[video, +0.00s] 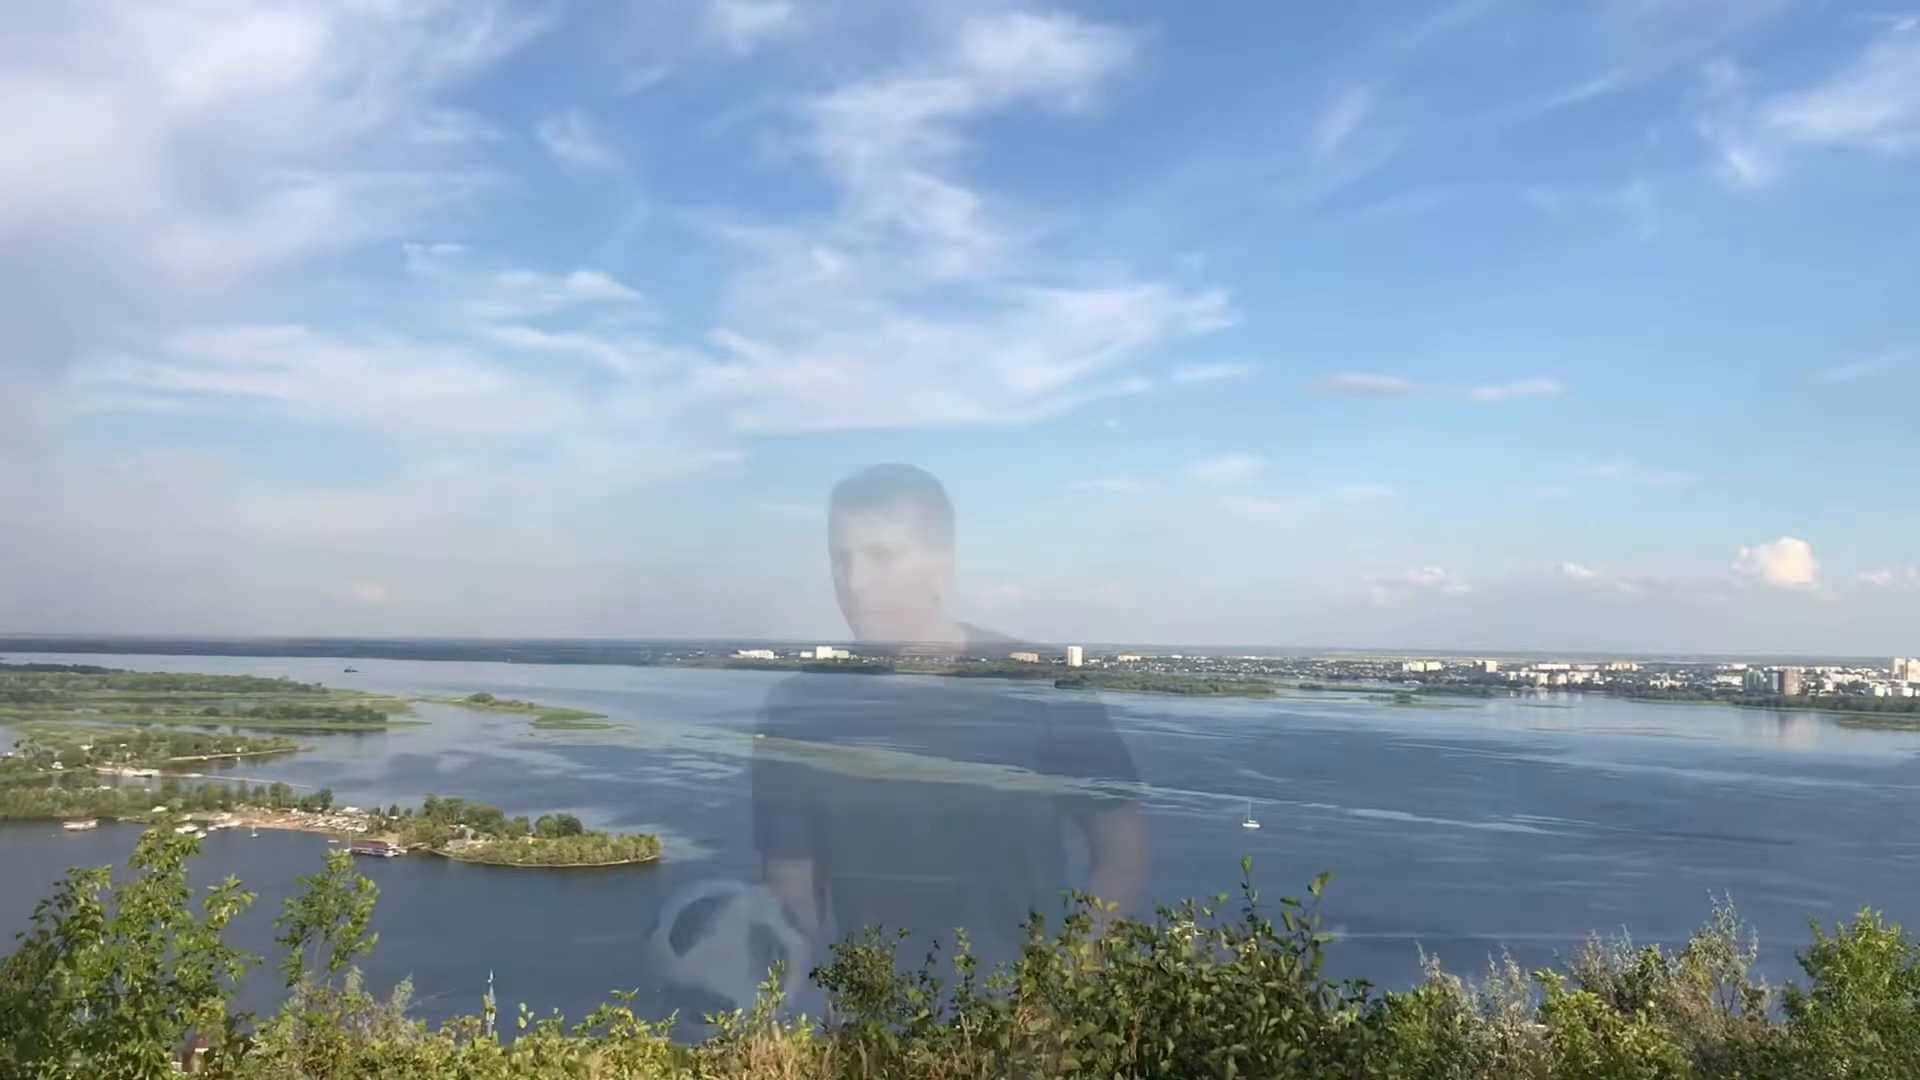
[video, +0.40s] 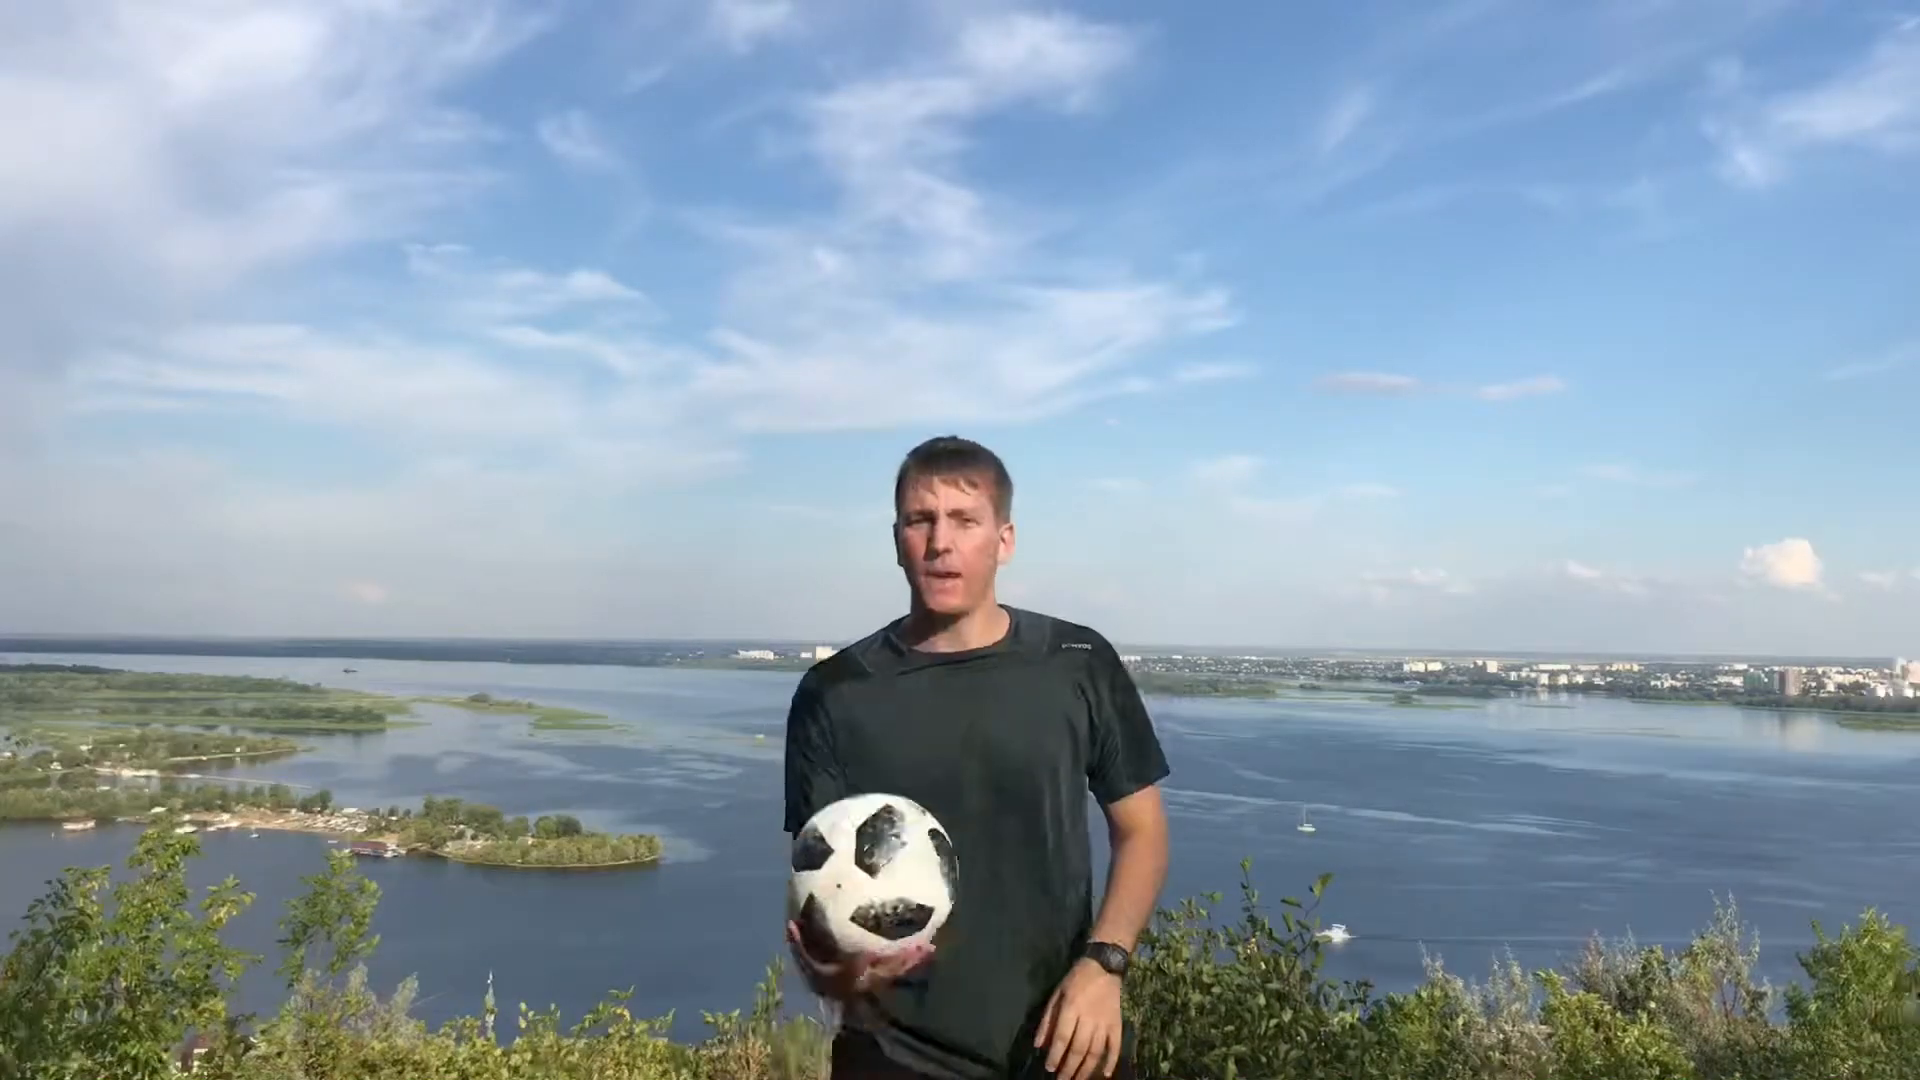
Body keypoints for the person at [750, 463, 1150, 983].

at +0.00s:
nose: (854, 582)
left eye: (881, 555)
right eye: (842, 557)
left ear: (942, 562)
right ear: (830, 566)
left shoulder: (1040, 684)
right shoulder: (801, 704)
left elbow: (1125, 852)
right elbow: (791, 890)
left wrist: (1059, 989)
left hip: (1019, 1021)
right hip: (867, 1029)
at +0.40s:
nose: (938, 542)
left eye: (963, 520)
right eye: (919, 520)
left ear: (1003, 540)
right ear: (898, 538)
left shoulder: (1080, 666)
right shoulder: (832, 692)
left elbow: (1142, 829)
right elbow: (816, 872)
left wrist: (1104, 964)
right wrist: (832, 963)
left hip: (1056, 1047)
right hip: (898, 1047)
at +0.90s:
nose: (949, 570)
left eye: (971, 544)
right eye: (927, 549)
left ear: (1016, 564)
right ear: (905, 571)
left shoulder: (1107, 669)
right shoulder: (852, 694)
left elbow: (1159, 809)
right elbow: (813, 842)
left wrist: (1162, 975)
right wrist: (798, 1023)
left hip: (1078, 1037)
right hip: (915, 1040)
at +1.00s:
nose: (948, 714)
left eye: (969, 680)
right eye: (923, 688)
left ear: (1012, 646)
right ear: (896, 669)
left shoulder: (1108, 705)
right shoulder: (849, 735)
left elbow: (1171, 804)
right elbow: (813, 837)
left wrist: (1185, 977)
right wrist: (803, 1011)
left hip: (1089, 1038)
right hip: (920, 1042)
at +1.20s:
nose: (971, 976)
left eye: (993, 944)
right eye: (945, 950)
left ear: (1028, 899)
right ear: (905, 909)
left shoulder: (1109, 896)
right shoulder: (851, 888)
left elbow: (1198, 866)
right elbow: (817, 894)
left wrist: (1226, 1027)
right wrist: (840, 1019)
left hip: (1090, 1047)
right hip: (924, 1046)